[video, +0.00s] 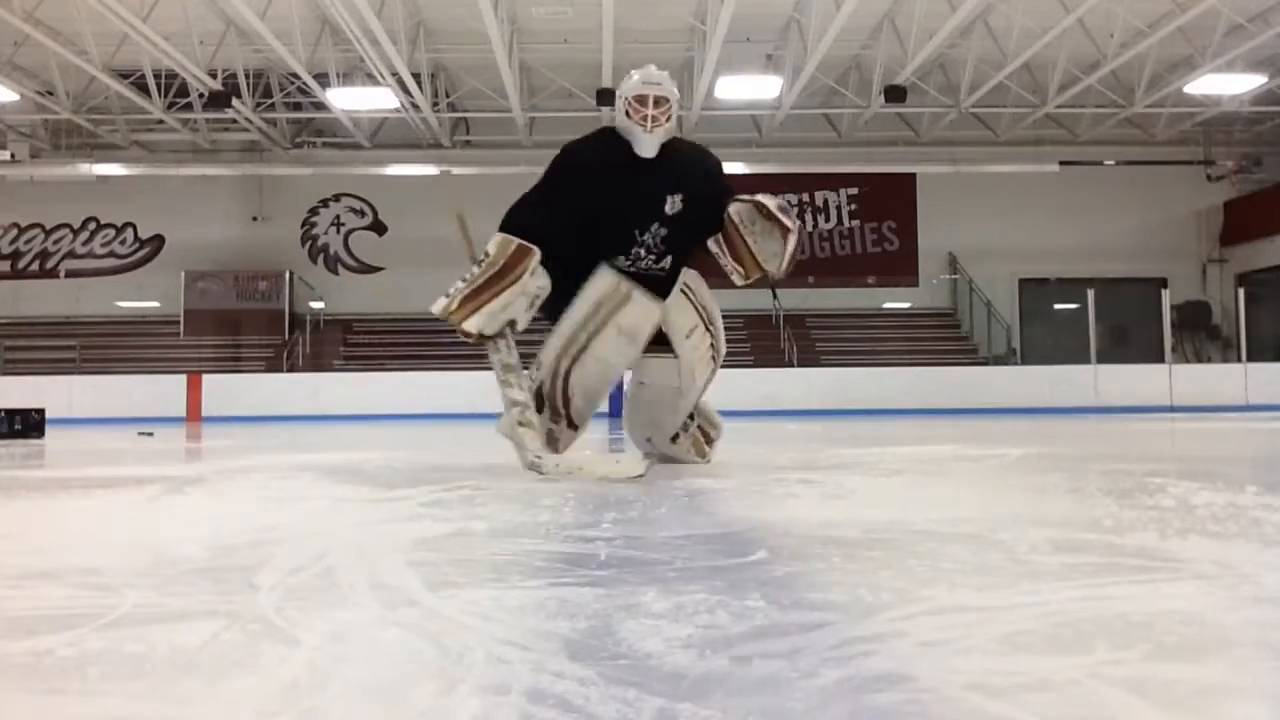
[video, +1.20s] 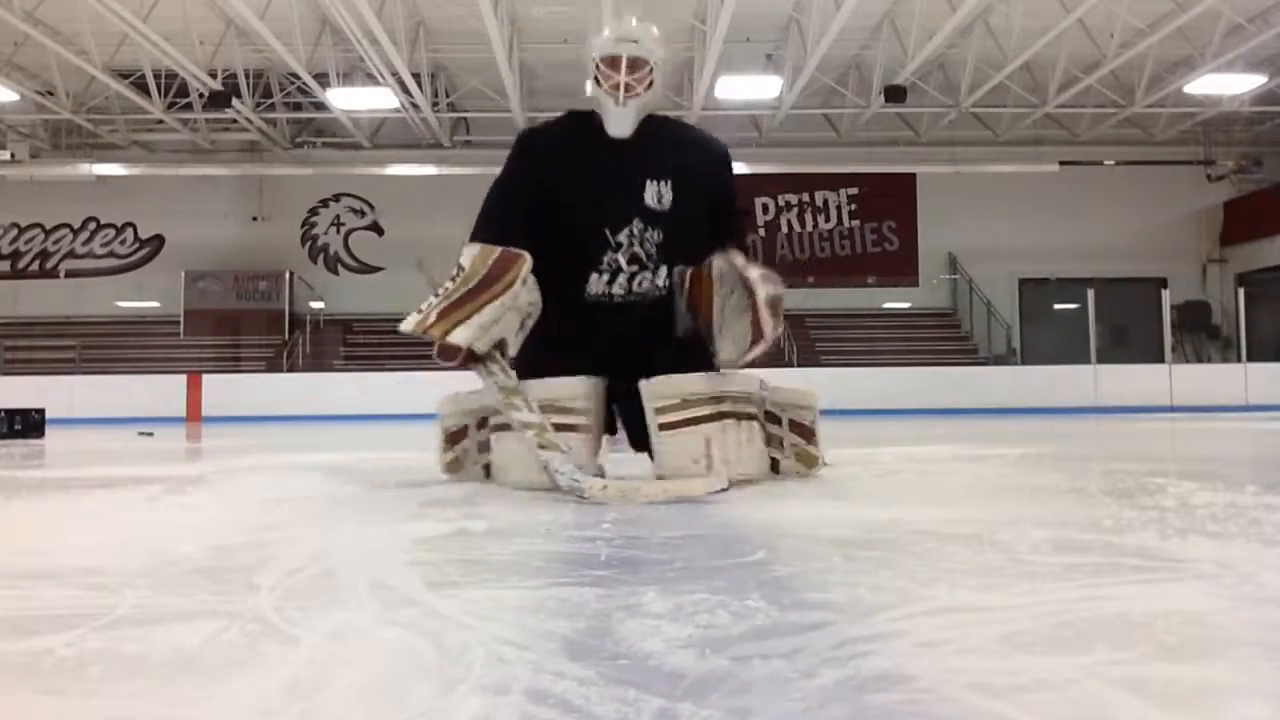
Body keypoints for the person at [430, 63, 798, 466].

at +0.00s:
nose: (650, 111)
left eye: (661, 102)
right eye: (639, 102)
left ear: (674, 109)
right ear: (621, 107)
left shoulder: (697, 166)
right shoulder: (586, 157)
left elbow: (720, 226)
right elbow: (532, 220)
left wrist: (758, 235)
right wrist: (502, 286)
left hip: (663, 281)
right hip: (590, 276)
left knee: (679, 356)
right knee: (595, 350)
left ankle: (663, 435)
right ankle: (550, 429)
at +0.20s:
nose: (611, 66)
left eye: (622, 57)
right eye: (601, 56)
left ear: (638, 62)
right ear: (585, 59)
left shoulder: (668, 125)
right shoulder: (549, 118)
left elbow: (704, 201)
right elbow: (489, 187)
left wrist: (732, 185)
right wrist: (452, 262)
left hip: (637, 261)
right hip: (557, 251)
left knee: (678, 345)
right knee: (556, 320)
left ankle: (667, 436)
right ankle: (505, 427)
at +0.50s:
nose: (597, 9)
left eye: (609, 1)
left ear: (624, 9)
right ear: (567, 7)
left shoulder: (656, 87)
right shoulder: (519, 75)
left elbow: (678, 171)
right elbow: (467, 170)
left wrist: (728, 177)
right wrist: (443, 253)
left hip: (609, 237)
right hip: (528, 232)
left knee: (678, 327)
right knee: (534, 333)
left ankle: (708, 436)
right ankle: (427, 440)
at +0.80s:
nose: (621, 7)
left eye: (634, 1)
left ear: (650, 6)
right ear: (583, 4)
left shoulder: (684, 70)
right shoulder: (534, 65)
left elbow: (719, 168)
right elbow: (486, 174)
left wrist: (769, 172)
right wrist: (453, 257)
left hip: (647, 231)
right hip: (552, 231)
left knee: (708, 324)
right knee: (514, 340)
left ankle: (775, 429)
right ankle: (423, 431)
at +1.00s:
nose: (626, 9)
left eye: (639, 0)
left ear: (656, 5)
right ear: (595, 4)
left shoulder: (695, 81)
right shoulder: (539, 77)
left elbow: (728, 180)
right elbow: (492, 180)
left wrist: (766, 198)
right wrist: (471, 265)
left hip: (663, 259)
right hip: (563, 259)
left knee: (735, 343)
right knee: (507, 359)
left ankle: (799, 439)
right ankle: (421, 443)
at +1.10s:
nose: (626, 39)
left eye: (640, 26)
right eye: (614, 25)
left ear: (657, 32)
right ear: (594, 29)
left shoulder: (696, 109)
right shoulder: (542, 106)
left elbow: (726, 199)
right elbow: (491, 213)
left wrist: (762, 213)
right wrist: (468, 297)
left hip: (668, 313)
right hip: (566, 312)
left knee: (683, 455)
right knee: (567, 458)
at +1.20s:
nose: (623, 79)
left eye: (637, 67)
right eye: (611, 66)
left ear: (656, 74)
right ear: (593, 72)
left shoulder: (700, 155)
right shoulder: (542, 150)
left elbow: (719, 253)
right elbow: (490, 249)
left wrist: (747, 284)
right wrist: (464, 322)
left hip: (666, 356)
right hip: (562, 356)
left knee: (693, 503)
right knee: (556, 505)